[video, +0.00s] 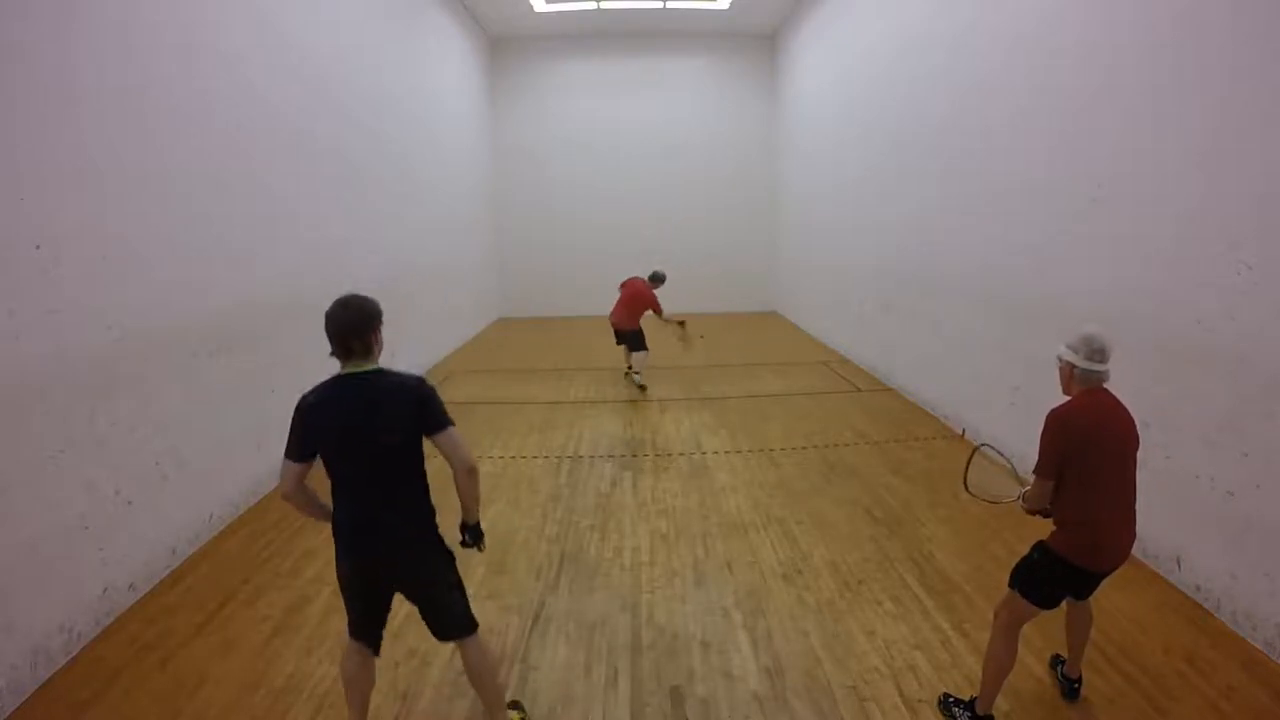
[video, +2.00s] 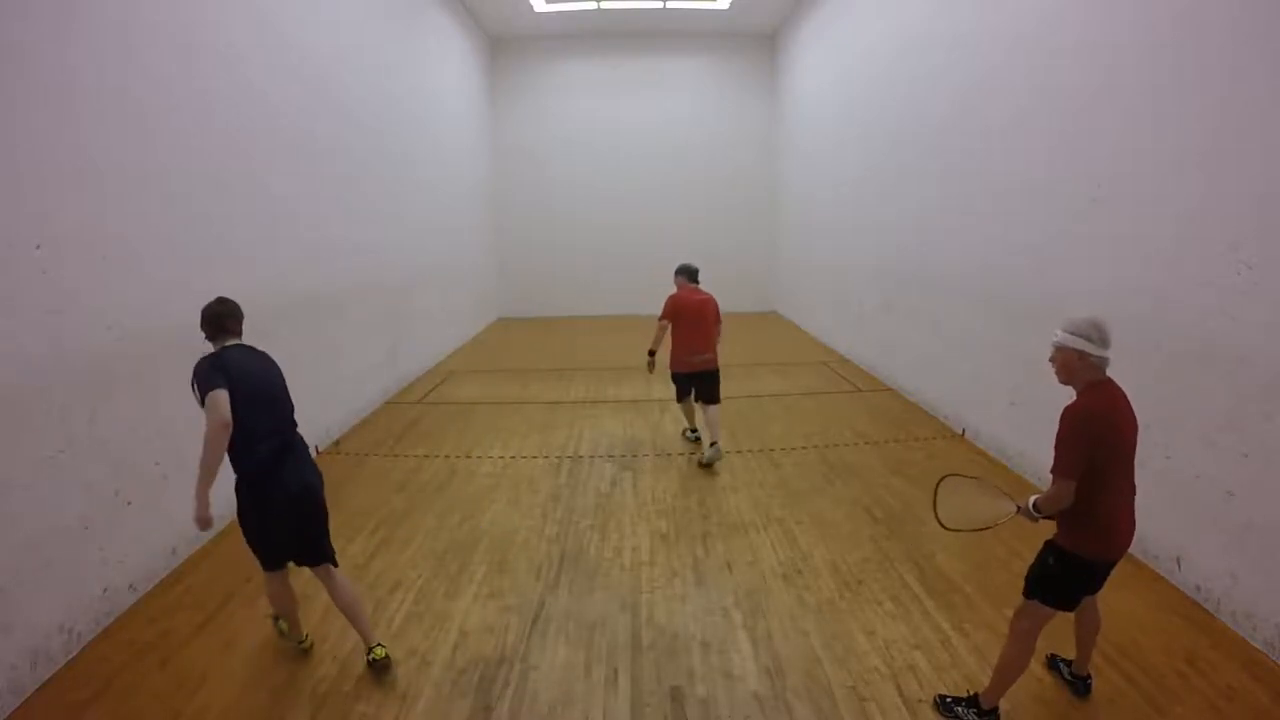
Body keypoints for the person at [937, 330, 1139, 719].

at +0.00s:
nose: (1058, 369)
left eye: (1061, 363)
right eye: (1061, 363)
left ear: (1070, 370)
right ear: (1102, 372)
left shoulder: (1063, 418)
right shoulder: (1121, 414)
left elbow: (1040, 496)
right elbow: (1106, 482)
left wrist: (1030, 500)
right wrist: (1050, 501)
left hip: (1075, 546)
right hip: (1117, 544)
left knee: (1008, 617)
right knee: (1078, 595)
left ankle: (981, 708)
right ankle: (1073, 675)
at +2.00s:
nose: (1052, 361)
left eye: (1059, 354)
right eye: (1054, 353)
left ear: (1084, 360)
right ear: (1090, 360)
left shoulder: (1079, 415)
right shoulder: (1115, 400)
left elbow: (1062, 494)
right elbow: (1104, 474)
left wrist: (1036, 507)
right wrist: (1055, 503)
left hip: (1081, 541)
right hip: (1112, 536)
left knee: (1026, 621)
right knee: (1087, 598)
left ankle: (985, 704)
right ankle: (1081, 672)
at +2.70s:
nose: (1098, 367)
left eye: (1103, 358)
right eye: (1098, 358)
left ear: (1126, 359)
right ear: (1134, 361)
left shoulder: (1125, 410)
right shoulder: (1158, 402)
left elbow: (1093, 485)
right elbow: (1139, 475)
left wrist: (1048, 467)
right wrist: (1091, 493)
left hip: (1115, 536)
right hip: (1143, 536)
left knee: (1052, 612)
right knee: (1093, 601)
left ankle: (1043, 706)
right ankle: (1077, 673)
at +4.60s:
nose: (1066, 380)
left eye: (1067, 374)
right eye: (1068, 374)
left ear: (1072, 379)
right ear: (1110, 381)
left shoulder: (1063, 425)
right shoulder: (1133, 427)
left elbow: (1040, 503)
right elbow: (1158, 508)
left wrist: (1053, 526)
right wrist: (1127, 533)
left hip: (1077, 564)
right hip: (1127, 563)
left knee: (1015, 640)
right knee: (1096, 608)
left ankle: (996, 715)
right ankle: (1092, 687)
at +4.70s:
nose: (1078, 385)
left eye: (1080, 380)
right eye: (1082, 380)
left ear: (1085, 383)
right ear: (1123, 388)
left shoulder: (1070, 425)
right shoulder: (1142, 435)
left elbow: (1038, 496)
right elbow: (1164, 512)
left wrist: (1045, 524)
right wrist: (1156, 560)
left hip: (1075, 566)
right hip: (1127, 567)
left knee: (1013, 640)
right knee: (1106, 605)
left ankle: (996, 714)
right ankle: (1100, 672)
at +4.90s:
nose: (1124, 389)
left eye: (1125, 384)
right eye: (1130, 385)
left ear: (1126, 387)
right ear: (1161, 393)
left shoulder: (1106, 421)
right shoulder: (1175, 441)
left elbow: (1062, 472)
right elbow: (1193, 511)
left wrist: (1034, 502)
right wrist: (1209, 558)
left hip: (1096, 550)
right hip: (1143, 557)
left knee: (1041, 639)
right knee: (1118, 593)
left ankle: (995, 716)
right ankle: (1105, 660)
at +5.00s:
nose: (1140, 385)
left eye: (1142, 380)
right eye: (1146, 381)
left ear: (1144, 381)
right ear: (1177, 388)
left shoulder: (1129, 413)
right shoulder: (1186, 430)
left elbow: (1098, 463)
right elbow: (1192, 485)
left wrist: (1066, 496)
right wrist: (1193, 513)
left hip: (1115, 537)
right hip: (1159, 545)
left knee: (1057, 619)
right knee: (1122, 584)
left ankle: (1001, 705)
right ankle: (1105, 660)